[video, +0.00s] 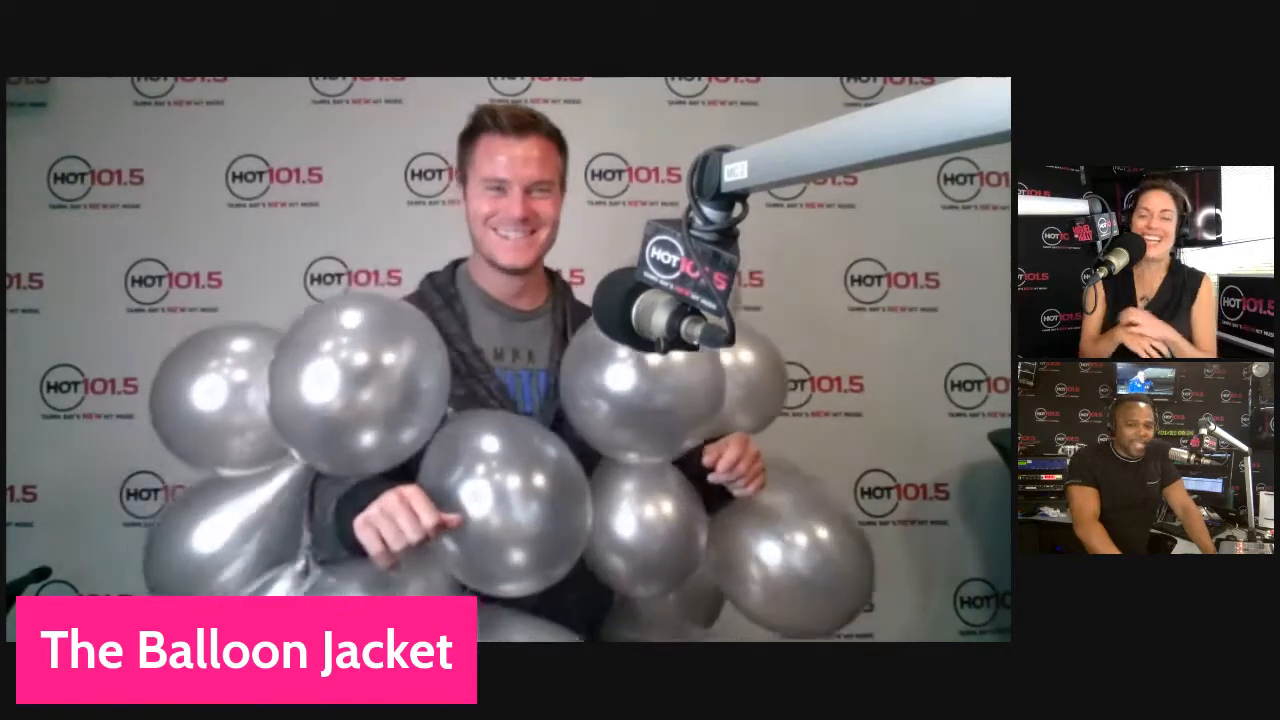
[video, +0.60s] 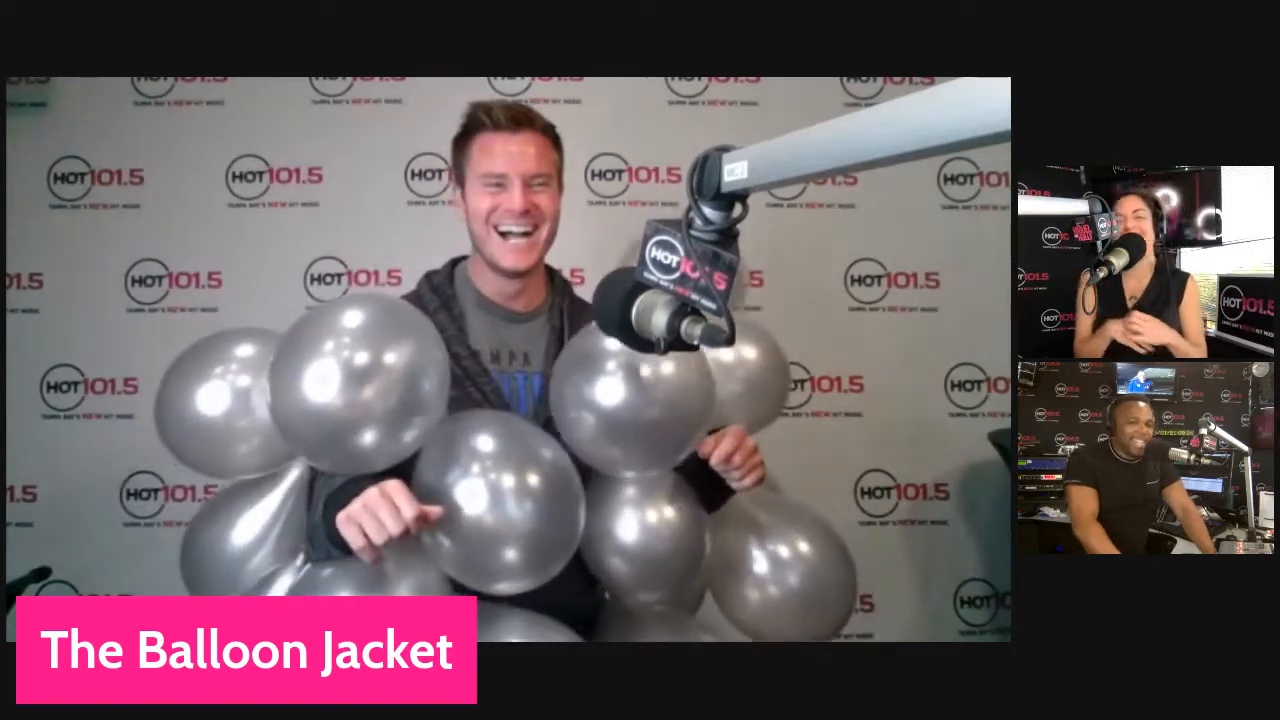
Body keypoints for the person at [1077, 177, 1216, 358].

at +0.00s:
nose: (1152, 225)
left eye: (1165, 217)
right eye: (1143, 215)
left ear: (1178, 227)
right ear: (1130, 222)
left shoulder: (1198, 285)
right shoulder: (1103, 282)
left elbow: (1208, 362)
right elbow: (1086, 353)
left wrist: (1166, 332)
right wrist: (1117, 334)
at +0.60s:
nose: (1128, 226)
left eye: (1139, 217)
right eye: (1119, 219)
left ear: (1156, 226)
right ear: (1110, 229)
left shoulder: (1182, 284)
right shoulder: (1093, 280)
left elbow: (1200, 355)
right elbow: (1082, 353)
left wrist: (1169, 336)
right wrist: (1109, 329)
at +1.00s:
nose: (1109, 232)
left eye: (1116, 223)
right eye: (1103, 224)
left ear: (1134, 227)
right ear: (1094, 230)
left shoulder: (1165, 281)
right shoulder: (1079, 283)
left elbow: (1181, 353)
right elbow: (1070, 355)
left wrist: (1156, 333)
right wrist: (1089, 329)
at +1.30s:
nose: (1087, 244)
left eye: (1096, 232)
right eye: (1080, 233)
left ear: (1115, 234)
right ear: (1074, 238)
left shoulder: (1155, 285)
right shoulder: (1070, 287)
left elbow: (1168, 353)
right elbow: (1064, 353)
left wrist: (1137, 334)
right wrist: (1096, 337)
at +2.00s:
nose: (1109, 239)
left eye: (1116, 229)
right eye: (1102, 230)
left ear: (1135, 227)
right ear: (1093, 236)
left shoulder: (1171, 281)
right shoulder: (1087, 287)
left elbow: (1188, 352)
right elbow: (1083, 356)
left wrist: (1156, 341)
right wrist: (1108, 345)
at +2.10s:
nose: (1124, 237)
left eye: (1131, 226)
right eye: (1114, 230)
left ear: (1148, 228)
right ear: (1104, 240)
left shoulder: (1182, 283)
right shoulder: (1097, 286)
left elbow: (1199, 353)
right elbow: (1091, 357)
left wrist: (1171, 342)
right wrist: (1111, 343)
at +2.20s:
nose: (1137, 233)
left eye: (1145, 222)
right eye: (1126, 227)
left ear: (1163, 225)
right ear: (1118, 235)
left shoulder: (1194, 283)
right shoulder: (1106, 287)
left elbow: (1213, 354)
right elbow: (1101, 357)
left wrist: (1185, 343)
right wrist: (1121, 342)